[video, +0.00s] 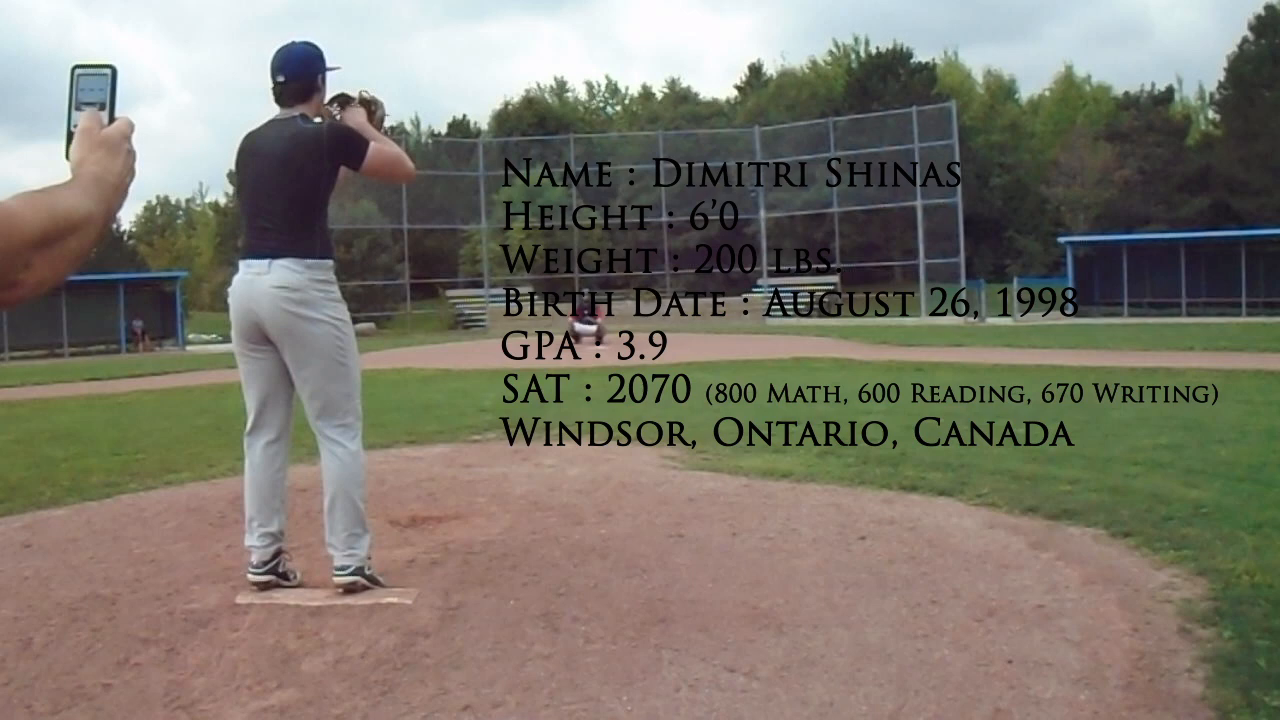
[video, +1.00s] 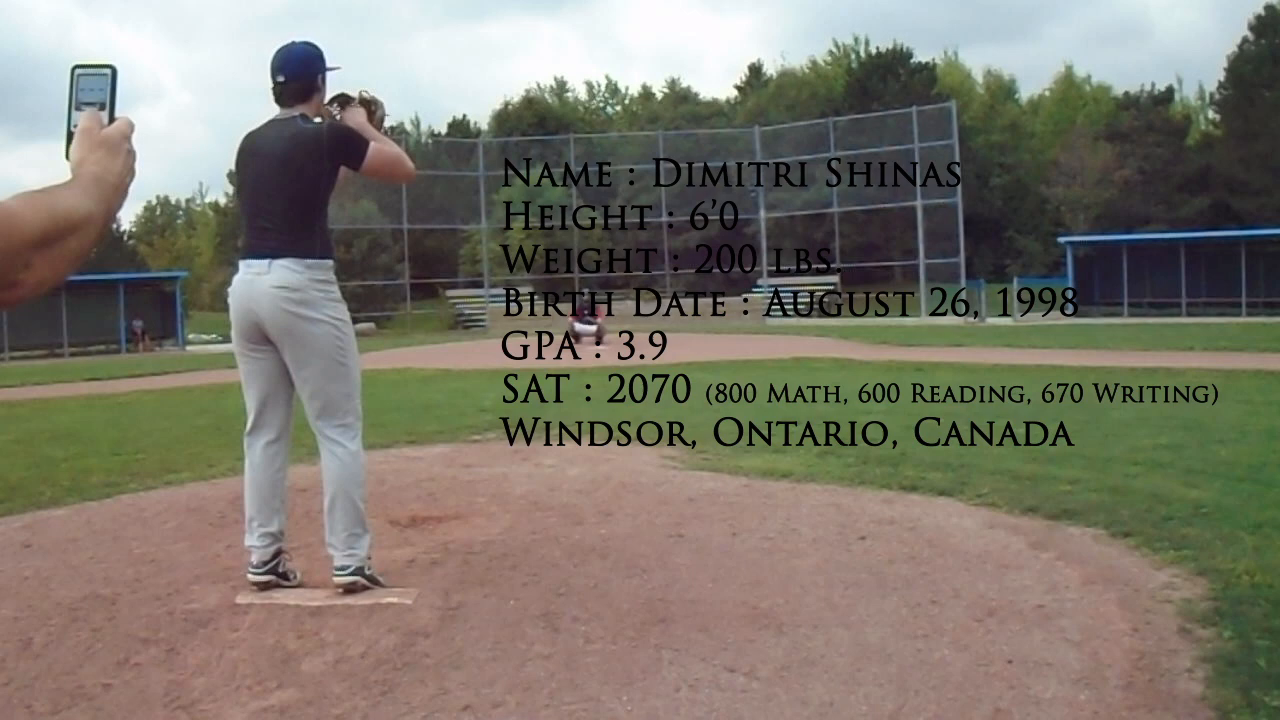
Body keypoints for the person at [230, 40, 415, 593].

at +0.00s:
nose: (327, 88)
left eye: (322, 81)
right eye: (325, 81)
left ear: (275, 88)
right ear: (320, 86)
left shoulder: (250, 143)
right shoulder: (327, 135)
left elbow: (301, 185)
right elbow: (402, 167)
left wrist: (327, 131)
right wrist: (362, 125)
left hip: (246, 288)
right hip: (303, 286)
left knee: (264, 430)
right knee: (338, 429)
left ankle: (263, 558)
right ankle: (350, 561)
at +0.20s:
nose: (327, 88)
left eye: (322, 81)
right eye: (325, 81)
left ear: (275, 88)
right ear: (320, 86)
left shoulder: (250, 143)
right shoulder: (327, 135)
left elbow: (301, 185)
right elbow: (402, 167)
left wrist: (327, 131)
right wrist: (362, 125)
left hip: (246, 288)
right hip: (303, 286)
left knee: (264, 430)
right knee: (338, 429)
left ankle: (263, 558)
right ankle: (350, 561)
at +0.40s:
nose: (327, 88)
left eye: (322, 81)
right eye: (325, 81)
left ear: (275, 88)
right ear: (320, 86)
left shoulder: (250, 143)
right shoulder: (327, 135)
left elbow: (301, 185)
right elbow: (402, 167)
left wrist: (327, 131)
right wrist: (362, 125)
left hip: (246, 288)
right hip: (303, 286)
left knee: (264, 430)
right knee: (338, 429)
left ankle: (263, 558)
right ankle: (350, 561)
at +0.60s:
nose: (327, 88)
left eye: (322, 81)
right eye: (325, 81)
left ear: (275, 88)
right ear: (320, 86)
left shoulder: (250, 143)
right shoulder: (327, 135)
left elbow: (301, 185)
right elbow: (402, 167)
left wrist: (327, 131)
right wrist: (362, 125)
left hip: (246, 288)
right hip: (303, 286)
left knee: (264, 430)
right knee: (338, 429)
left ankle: (263, 558)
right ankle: (350, 561)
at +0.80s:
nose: (327, 88)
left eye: (322, 81)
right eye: (325, 81)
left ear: (275, 88)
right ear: (320, 86)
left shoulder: (250, 143)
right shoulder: (327, 135)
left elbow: (301, 185)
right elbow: (402, 167)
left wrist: (327, 131)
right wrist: (362, 125)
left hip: (246, 288)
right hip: (303, 286)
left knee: (264, 430)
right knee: (338, 429)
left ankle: (263, 558)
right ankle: (350, 561)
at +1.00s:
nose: (327, 88)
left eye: (322, 81)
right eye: (325, 81)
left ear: (275, 88)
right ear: (320, 86)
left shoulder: (250, 143)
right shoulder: (327, 135)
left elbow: (301, 185)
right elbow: (402, 167)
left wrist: (327, 131)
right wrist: (362, 125)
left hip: (246, 288)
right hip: (303, 286)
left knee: (264, 430)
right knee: (338, 429)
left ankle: (263, 558)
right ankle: (350, 561)